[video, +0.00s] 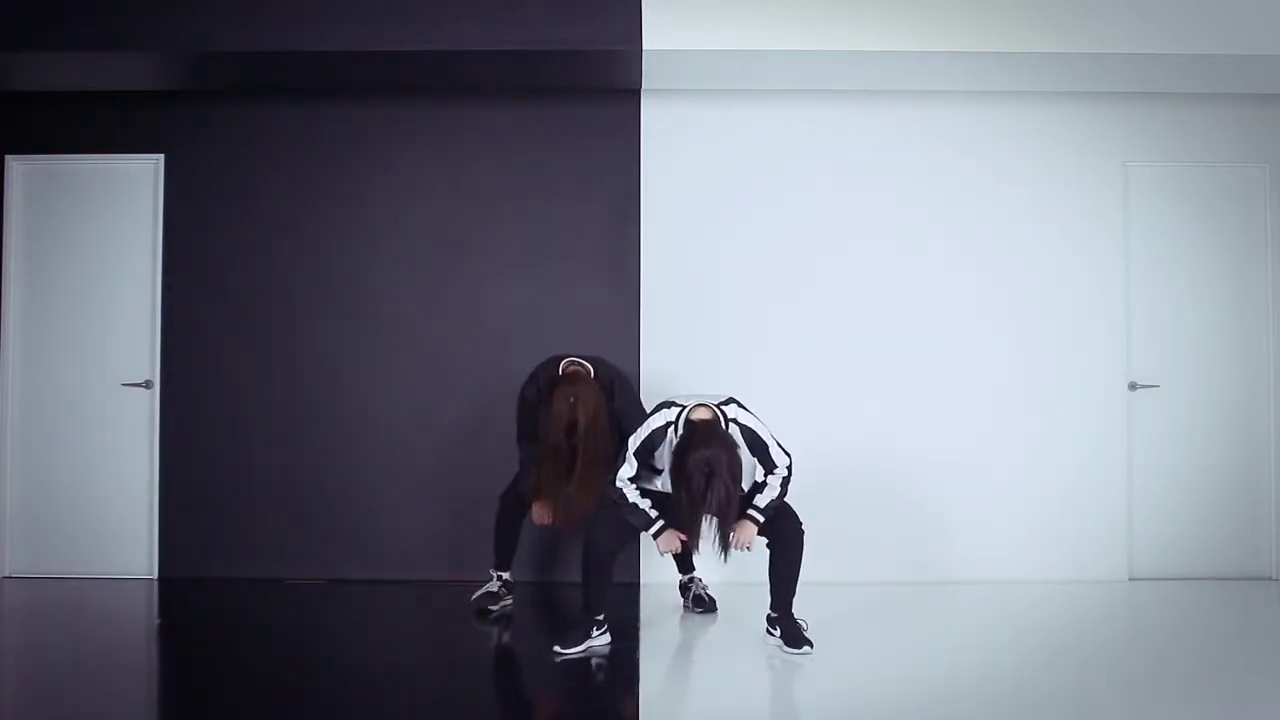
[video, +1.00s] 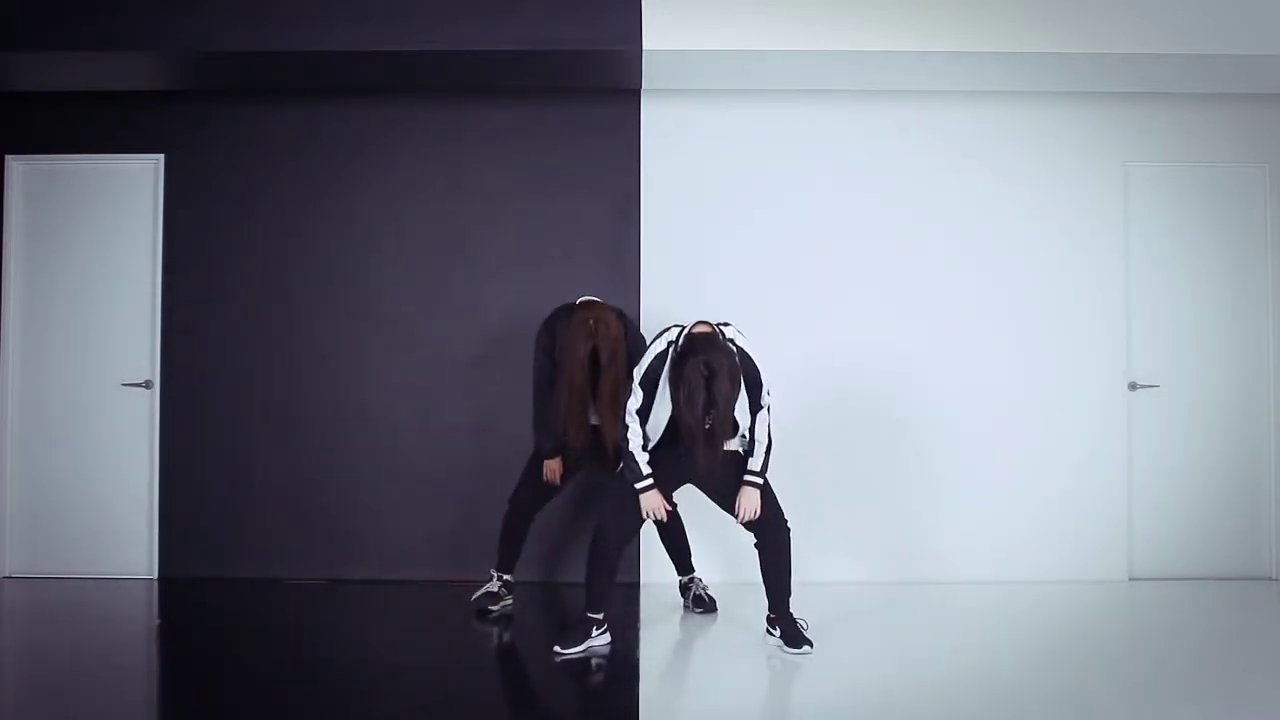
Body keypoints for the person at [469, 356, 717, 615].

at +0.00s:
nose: (572, 439)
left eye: (577, 433)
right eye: (566, 433)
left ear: (594, 404)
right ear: (553, 402)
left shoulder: (616, 388)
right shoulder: (534, 388)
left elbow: (640, 443)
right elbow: (527, 443)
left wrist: (603, 486)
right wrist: (539, 494)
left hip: (610, 459)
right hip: (554, 456)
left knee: (666, 506)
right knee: (511, 502)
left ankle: (690, 582)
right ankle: (501, 580)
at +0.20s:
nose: (580, 411)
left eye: (586, 407)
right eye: (573, 407)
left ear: (598, 384)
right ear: (558, 384)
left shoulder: (619, 374)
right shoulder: (538, 373)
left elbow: (642, 428)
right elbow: (531, 430)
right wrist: (541, 480)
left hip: (615, 450)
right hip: (557, 451)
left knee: (664, 499)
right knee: (513, 502)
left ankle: (690, 580)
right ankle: (501, 581)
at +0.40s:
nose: (585, 402)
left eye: (592, 398)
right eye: (578, 397)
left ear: (604, 374)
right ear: (562, 375)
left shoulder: (623, 361)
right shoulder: (542, 362)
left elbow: (645, 417)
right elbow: (536, 423)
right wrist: (546, 474)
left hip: (618, 444)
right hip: (562, 444)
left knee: (666, 500)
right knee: (516, 500)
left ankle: (690, 581)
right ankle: (501, 580)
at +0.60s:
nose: (592, 390)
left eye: (598, 382)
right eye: (584, 383)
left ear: (608, 359)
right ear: (568, 359)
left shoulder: (627, 353)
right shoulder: (548, 351)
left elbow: (645, 408)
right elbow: (542, 412)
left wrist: (641, 459)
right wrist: (551, 466)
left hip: (621, 442)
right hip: (565, 442)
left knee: (665, 503)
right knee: (517, 504)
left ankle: (689, 581)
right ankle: (502, 581)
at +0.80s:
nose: (594, 370)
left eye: (599, 363)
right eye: (586, 364)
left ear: (610, 343)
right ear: (570, 343)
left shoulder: (626, 337)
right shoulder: (552, 337)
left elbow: (645, 391)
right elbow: (544, 401)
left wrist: (645, 447)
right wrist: (552, 457)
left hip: (621, 439)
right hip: (567, 440)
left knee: (663, 503)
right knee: (520, 503)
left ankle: (690, 581)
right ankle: (501, 581)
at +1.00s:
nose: (594, 361)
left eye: (600, 355)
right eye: (587, 355)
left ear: (611, 335)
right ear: (573, 337)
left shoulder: (626, 330)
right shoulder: (554, 330)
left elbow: (645, 387)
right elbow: (544, 393)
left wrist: (642, 444)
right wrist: (549, 450)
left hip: (619, 437)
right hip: (567, 439)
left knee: (660, 501)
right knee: (523, 503)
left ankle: (690, 583)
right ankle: (501, 582)